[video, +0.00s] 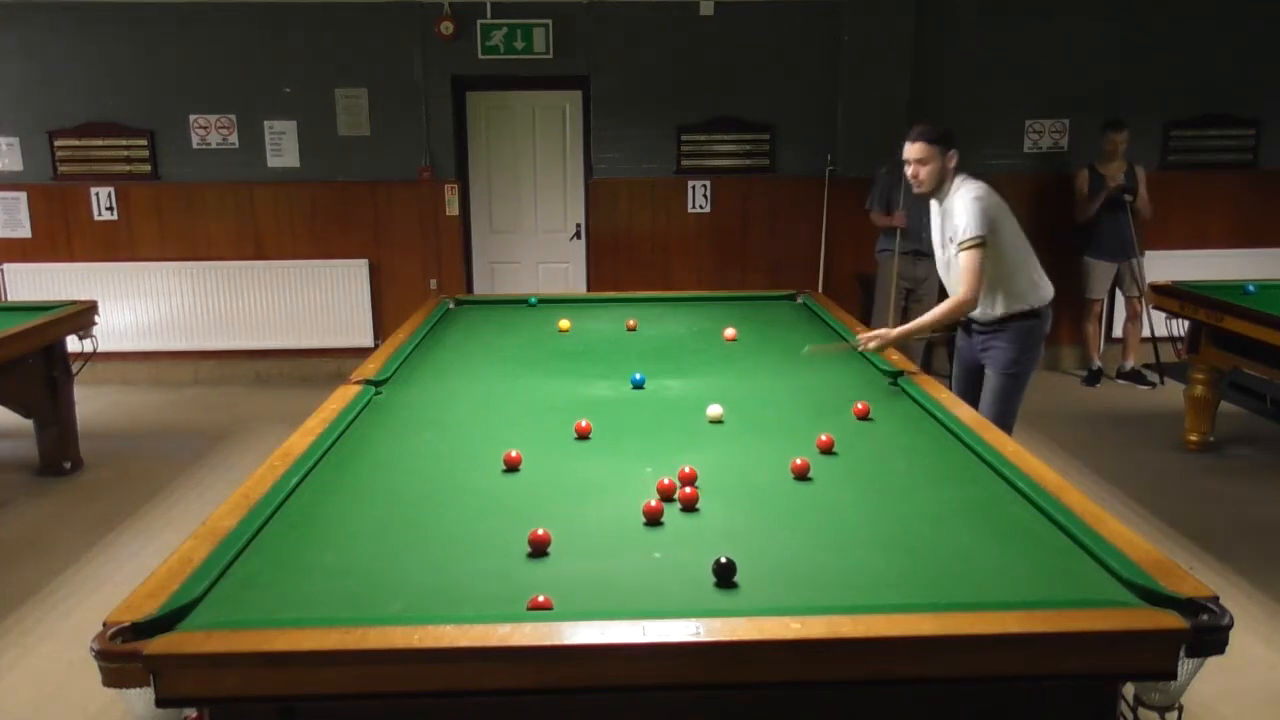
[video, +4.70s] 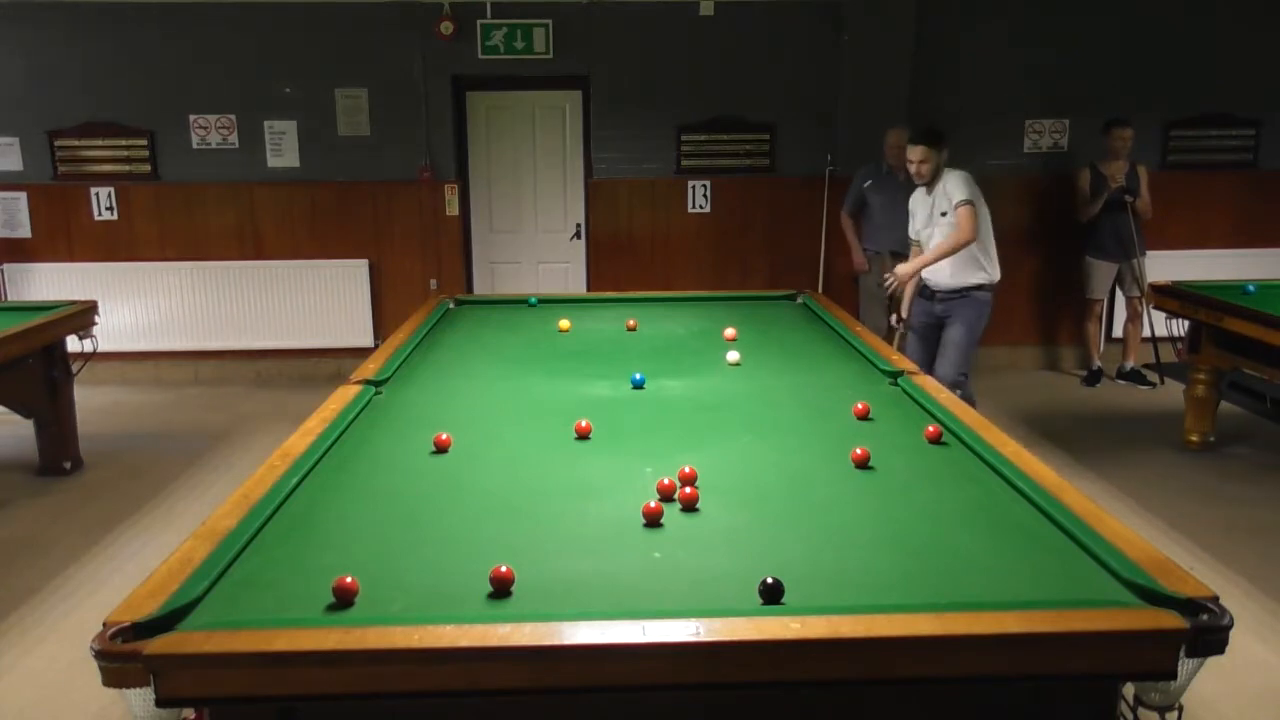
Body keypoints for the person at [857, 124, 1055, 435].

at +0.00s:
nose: (911, 172)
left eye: (921, 163)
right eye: (907, 163)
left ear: (951, 161)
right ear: (903, 163)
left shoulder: (971, 200)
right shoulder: (937, 201)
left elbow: (968, 297)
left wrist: (896, 334)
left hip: (1014, 327)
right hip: (972, 326)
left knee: (990, 436)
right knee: (958, 426)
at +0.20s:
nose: (939, 147)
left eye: (950, 138)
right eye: (937, 138)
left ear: (979, 138)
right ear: (933, 139)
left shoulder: (997, 181)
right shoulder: (968, 183)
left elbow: (1015, 274)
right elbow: (983, 259)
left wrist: (943, 304)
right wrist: (961, 303)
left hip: (1016, 330)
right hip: (980, 326)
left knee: (999, 441)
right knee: (966, 428)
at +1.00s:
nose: (981, 138)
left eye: (991, 128)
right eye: (978, 129)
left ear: (1020, 128)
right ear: (976, 129)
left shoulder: (1042, 176)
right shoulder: (978, 177)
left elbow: (1055, 260)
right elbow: (973, 243)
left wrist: (979, 267)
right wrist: (953, 279)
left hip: (1016, 319)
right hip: (973, 315)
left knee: (1005, 425)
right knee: (980, 419)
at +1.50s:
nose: (997, 138)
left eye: (1005, 130)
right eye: (994, 130)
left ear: (1032, 127)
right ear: (994, 131)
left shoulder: (1059, 174)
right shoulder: (987, 174)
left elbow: (1061, 254)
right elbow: (970, 247)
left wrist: (992, 239)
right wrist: (956, 220)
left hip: (1026, 310)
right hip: (981, 308)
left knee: (1017, 421)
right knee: (985, 417)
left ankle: (1038, 512)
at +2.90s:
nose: (961, 140)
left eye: (969, 133)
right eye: (957, 133)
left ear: (993, 128)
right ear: (953, 131)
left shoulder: (1015, 170)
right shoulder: (946, 165)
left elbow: (1014, 242)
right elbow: (931, 230)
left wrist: (956, 228)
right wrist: (931, 203)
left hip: (990, 291)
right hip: (946, 290)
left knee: (987, 389)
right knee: (953, 384)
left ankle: (991, 470)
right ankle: (953, 467)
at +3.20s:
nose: (961, 139)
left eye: (969, 131)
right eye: (956, 131)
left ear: (991, 128)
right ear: (952, 131)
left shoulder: (1012, 171)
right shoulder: (941, 168)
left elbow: (1022, 240)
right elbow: (926, 219)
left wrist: (979, 279)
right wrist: (921, 256)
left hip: (986, 289)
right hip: (940, 287)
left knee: (977, 383)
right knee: (944, 379)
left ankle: (970, 458)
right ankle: (942, 453)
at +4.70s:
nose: (915, 169)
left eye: (923, 162)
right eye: (910, 162)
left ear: (941, 157)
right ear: (905, 158)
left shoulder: (956, 182)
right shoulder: (916, 199)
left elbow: (967, 233)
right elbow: (916, 257)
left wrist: (913, 265)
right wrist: (904, 307)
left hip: (967, 298)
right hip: (926, 298)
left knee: (947, 380)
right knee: (913, 378)